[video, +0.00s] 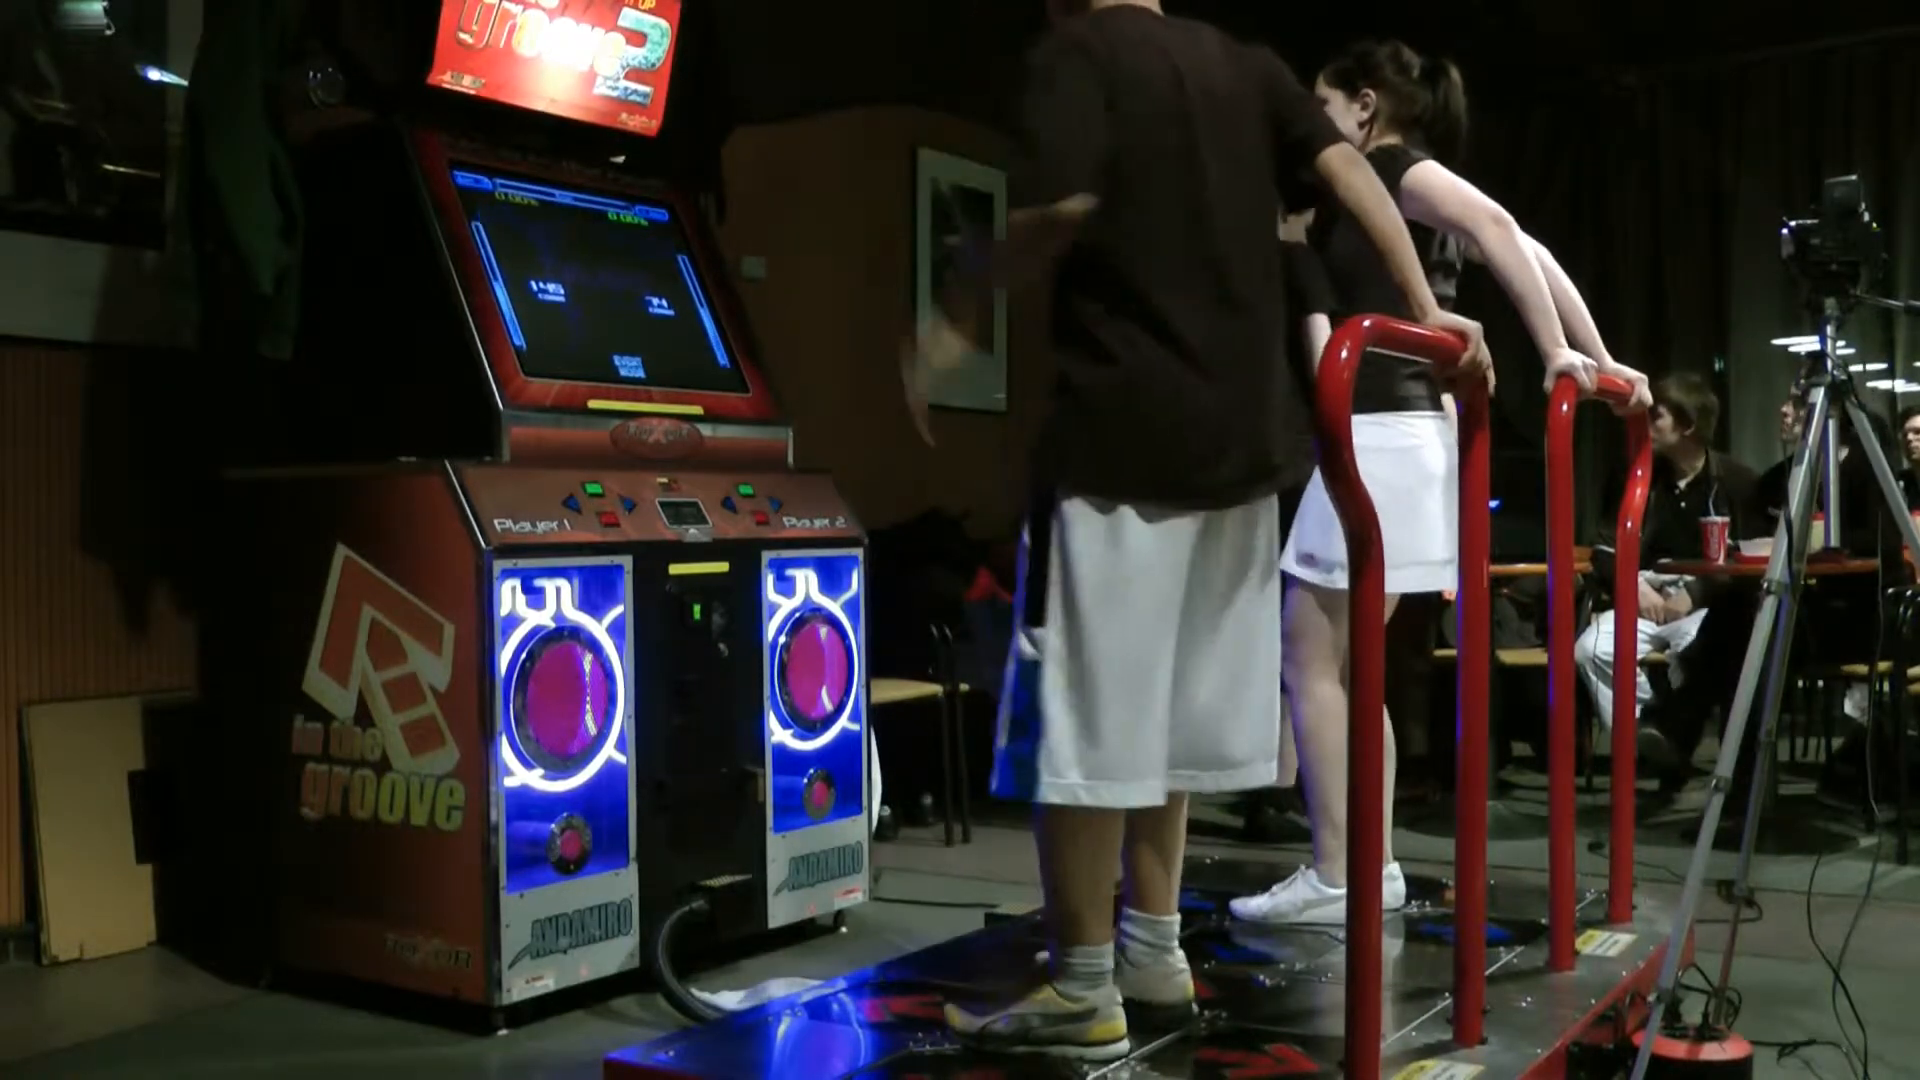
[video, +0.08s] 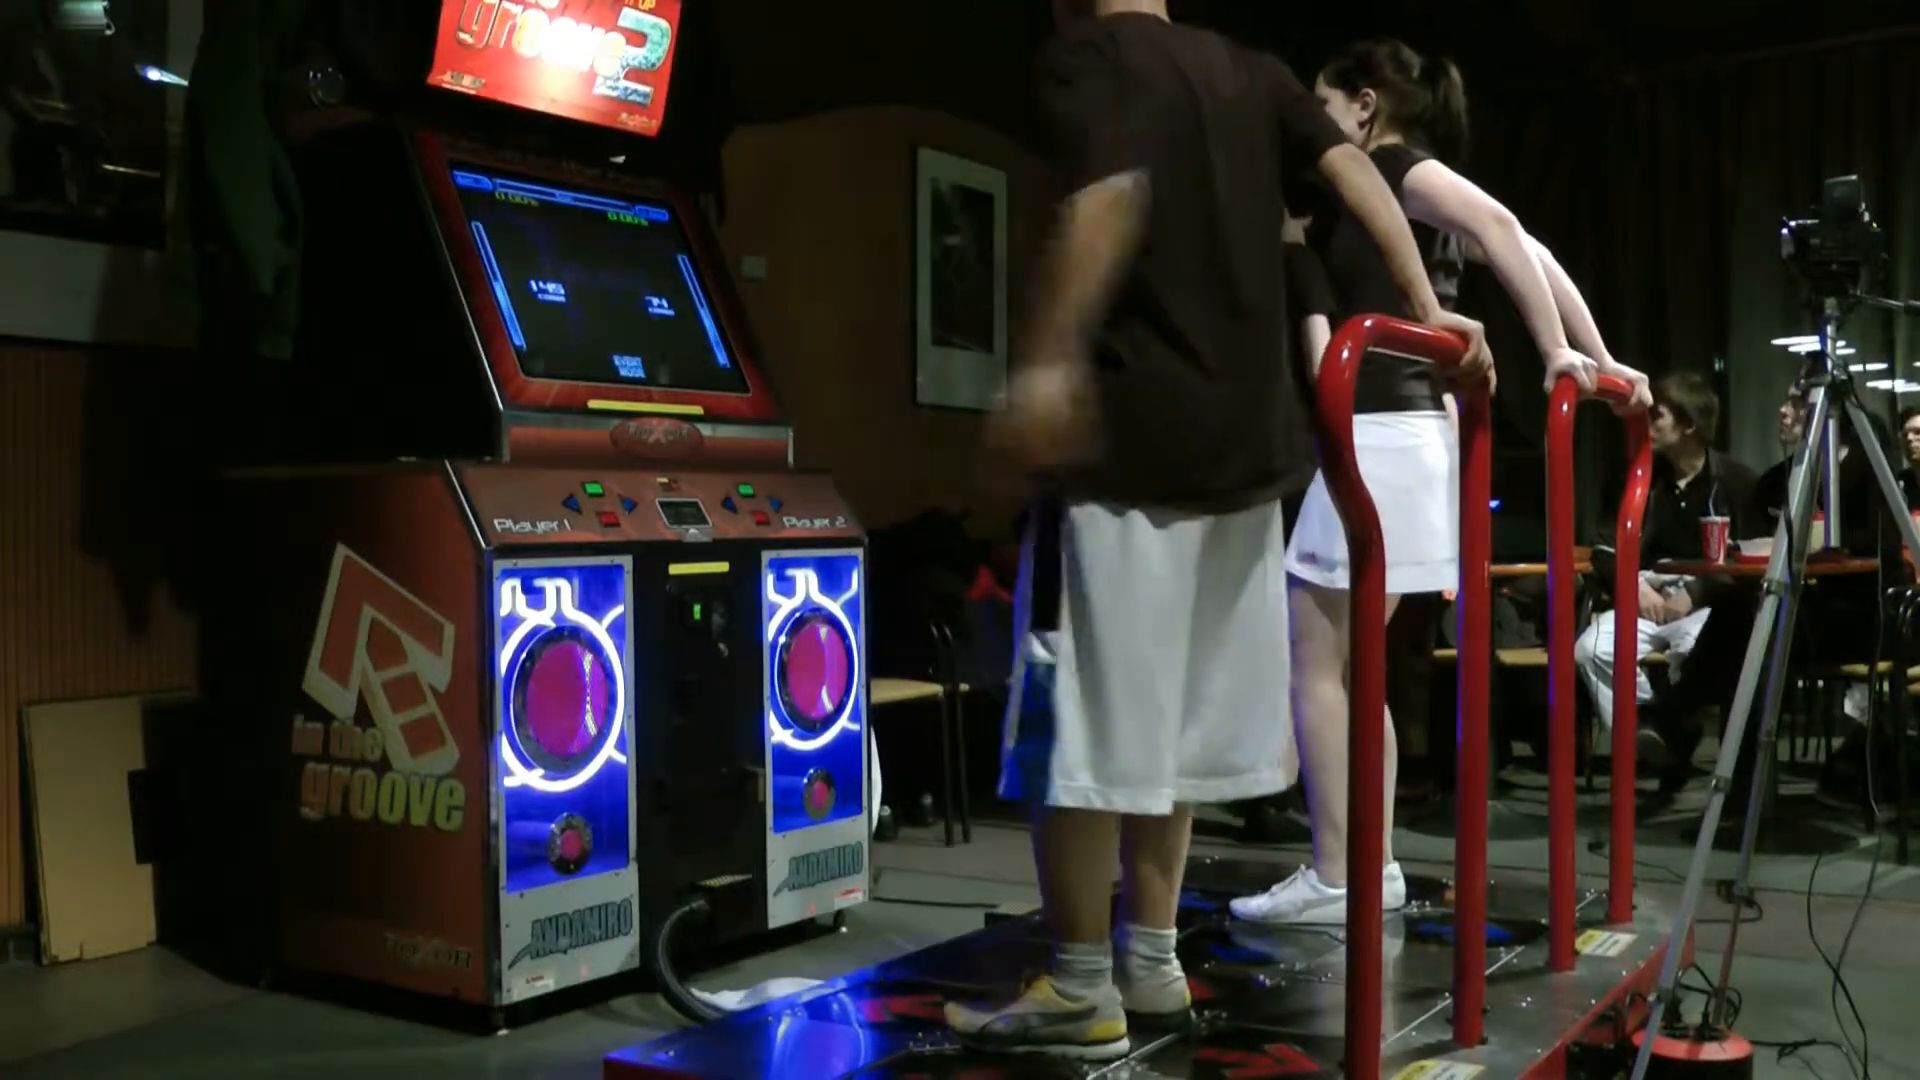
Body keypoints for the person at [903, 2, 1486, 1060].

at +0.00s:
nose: (1047, 27)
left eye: (1049, 22)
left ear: (1070, 5)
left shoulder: (1073, 56)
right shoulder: (1247, 62)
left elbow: (1064, 206)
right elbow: (1359, 183)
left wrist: (983, 276)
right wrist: (1425, 309)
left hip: (1121, 433)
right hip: (1244, 429)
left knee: (1094, 709)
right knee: (1173, 695)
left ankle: (1085, 988)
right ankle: (1155, 950)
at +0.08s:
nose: (1053, 17)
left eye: (1057, 13)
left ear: (1075, 4)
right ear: (1165, 0)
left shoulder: (1085, 54)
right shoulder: (1255, 70)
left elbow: (1111, 192)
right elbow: (1365, 188)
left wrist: (1051, 353)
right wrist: (1427, 312)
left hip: (1124, 441)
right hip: (1245, 438)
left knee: (1092, 713)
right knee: (1178, 711)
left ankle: (1079, 984)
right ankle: (1153, 963)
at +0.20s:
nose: (1056, 20)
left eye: (1059, 13)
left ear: (1078, 4)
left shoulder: (1102, 47)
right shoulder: (1253, 71)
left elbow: (1203, 143)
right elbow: (1368, 186)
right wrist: (1428, 310)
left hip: (1133, 436)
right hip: (1251, 444)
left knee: (1077, 697)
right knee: (1179, 697)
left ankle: (1087, 981)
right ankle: (1153, 958)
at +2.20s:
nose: (1077, 39)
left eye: (1078, 27)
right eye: (1092, 28)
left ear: (1099, 24)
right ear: (1169, 28)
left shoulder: (1108, 99)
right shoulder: (1240, 111)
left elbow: (1295, 105)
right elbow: (1378, 138)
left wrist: (1348, 280)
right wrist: (1431, 304)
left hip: (1180, 470)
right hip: (1275, 478)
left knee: (1079, 733)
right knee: (1165, 734)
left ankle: (1162, 986)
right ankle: (1186, 969)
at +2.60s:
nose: (1049, 39)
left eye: (1049, 25)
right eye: (1058, 26)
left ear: (1070, 19)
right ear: (1161, 24)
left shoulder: (1112, 92)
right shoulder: (1208, 96)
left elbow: (1292, 108)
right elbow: (1368, 143)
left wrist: (1347, 280)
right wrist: (1427, 308)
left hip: (1160, 470)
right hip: (1254, 478)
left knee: (1014, 708)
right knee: (1151, 715)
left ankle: (1072, 1005)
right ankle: (1178, 946)